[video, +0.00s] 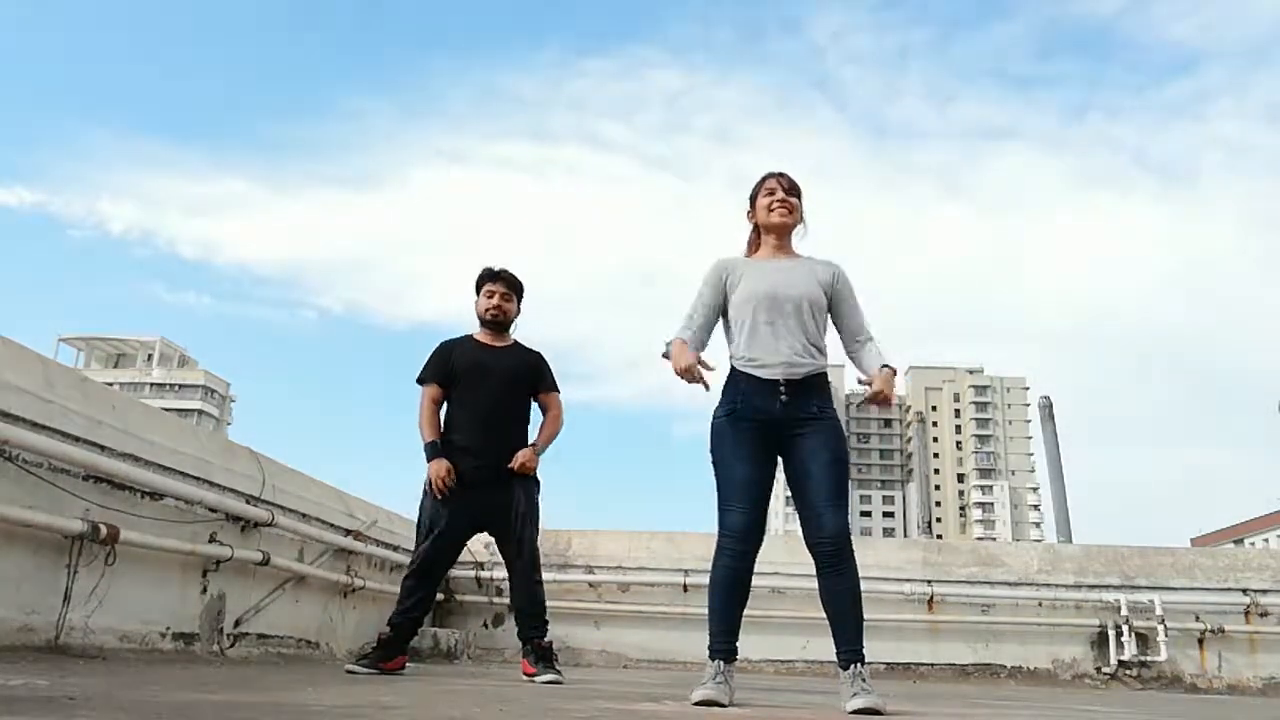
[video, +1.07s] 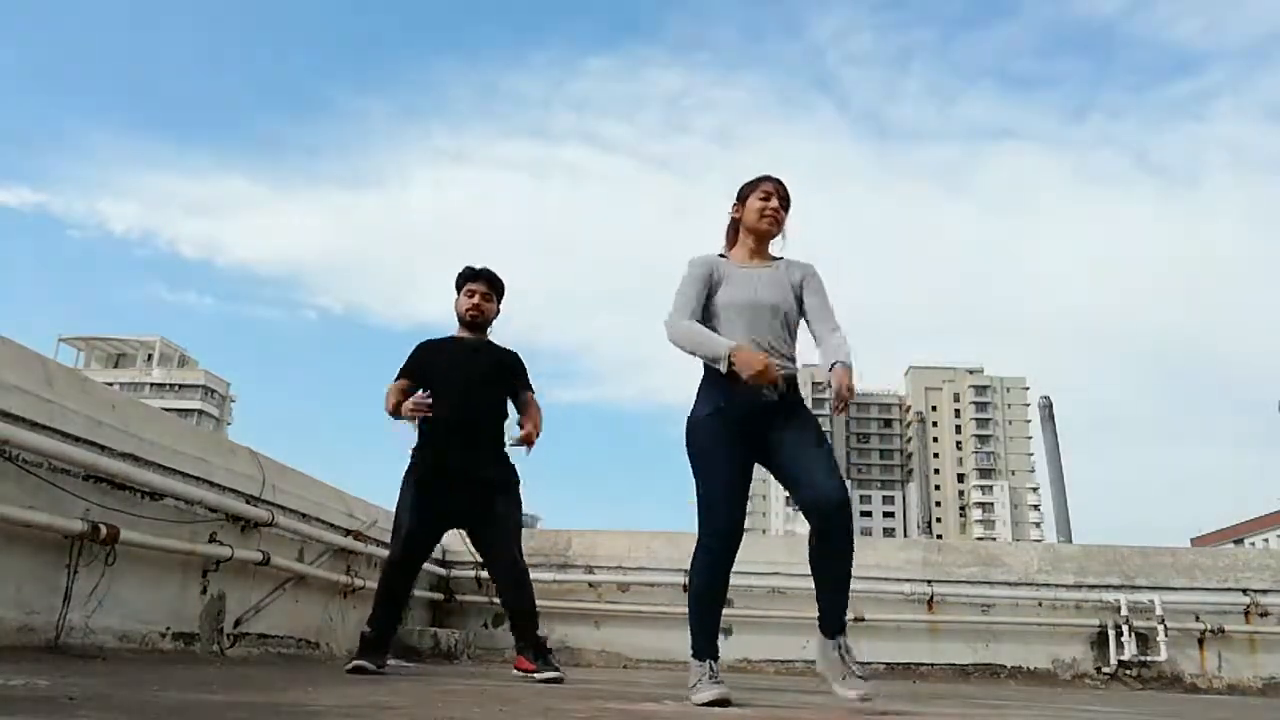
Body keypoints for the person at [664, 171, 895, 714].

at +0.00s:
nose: (781, 199)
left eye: (790, 194)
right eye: (770, 194)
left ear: (801, 214)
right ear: (752, 213)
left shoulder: (826, 272)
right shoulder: (728, 270)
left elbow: (859, 342)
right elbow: (689, 334)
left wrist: (881, 371)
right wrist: (680, 351)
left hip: (813, 409)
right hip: (743, 408)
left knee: (831, 537)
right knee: (738, 534)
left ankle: (855, 672)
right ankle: (719, 668)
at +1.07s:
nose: (773, 206)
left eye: (781, 202)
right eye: (762, 197)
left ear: (785, 221)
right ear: (738, 211)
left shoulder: (800, 274)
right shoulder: (705, 267)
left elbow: (828, 331)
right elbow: (678, 326)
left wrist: (839, 365)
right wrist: (732, 351)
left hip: (785, 411)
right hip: (721, 411)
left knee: (833, 506)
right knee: (719, 534)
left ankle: (832, 642)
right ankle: (704, 666)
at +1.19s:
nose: (775, 205)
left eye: (782, 201)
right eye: (765, 195)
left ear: (785, 217)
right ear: (738, 205)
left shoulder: (794, 279)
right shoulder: (702, 260)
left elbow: (812, 356)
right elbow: (647, 328)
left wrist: (874, 375)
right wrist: (647, 315)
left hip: (780, 403)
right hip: (720, 403)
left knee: (847, 447)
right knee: (717, 534)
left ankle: (776, 536)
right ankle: (703, 664)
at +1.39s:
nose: (783, 207)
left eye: (791, 204)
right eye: (774, 197)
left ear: (791, 220)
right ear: (746, 206)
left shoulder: (792, 279)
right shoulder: (714, 256)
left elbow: (791, 360)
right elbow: (675, 326)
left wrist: (836, 360)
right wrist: (629, 277)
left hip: (787, 400)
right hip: (730, 396)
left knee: (863, 454)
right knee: (724, 532)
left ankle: (814, 556)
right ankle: (706, 665)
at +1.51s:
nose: (789, 213)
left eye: (796, 209)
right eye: (779, 203)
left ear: (797, 226)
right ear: (750, 212)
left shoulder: (804, 285)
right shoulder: (723, 257)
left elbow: (810, 363)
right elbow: (694, 332)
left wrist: (869, 346)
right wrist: (709, 289)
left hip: (796, 409)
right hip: (737, 403)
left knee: (865, 497)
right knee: (733, 537)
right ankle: (708, 667)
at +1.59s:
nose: (794, 224)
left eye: (800, 220)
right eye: (783, 215)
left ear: (802, 237)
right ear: (755, 224)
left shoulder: (811, 293)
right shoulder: (732, 265)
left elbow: (850, 350)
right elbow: (736, 316)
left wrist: (893, 334)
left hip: (802, 418)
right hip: (745, 410)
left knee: (862, 533)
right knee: (748, 541)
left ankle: (901, 666)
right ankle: (709, 669)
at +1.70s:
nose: (811, 238)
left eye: (815, 234)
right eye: (798, 230)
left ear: (816, 254)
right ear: (770, 246)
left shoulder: (817, 304)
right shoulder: (763, 287)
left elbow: (854, 324)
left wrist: (903, 317)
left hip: (814, 436)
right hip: (762, 431)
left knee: (888, 543)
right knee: (782, 566)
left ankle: (911, 679)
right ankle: (714, 666)